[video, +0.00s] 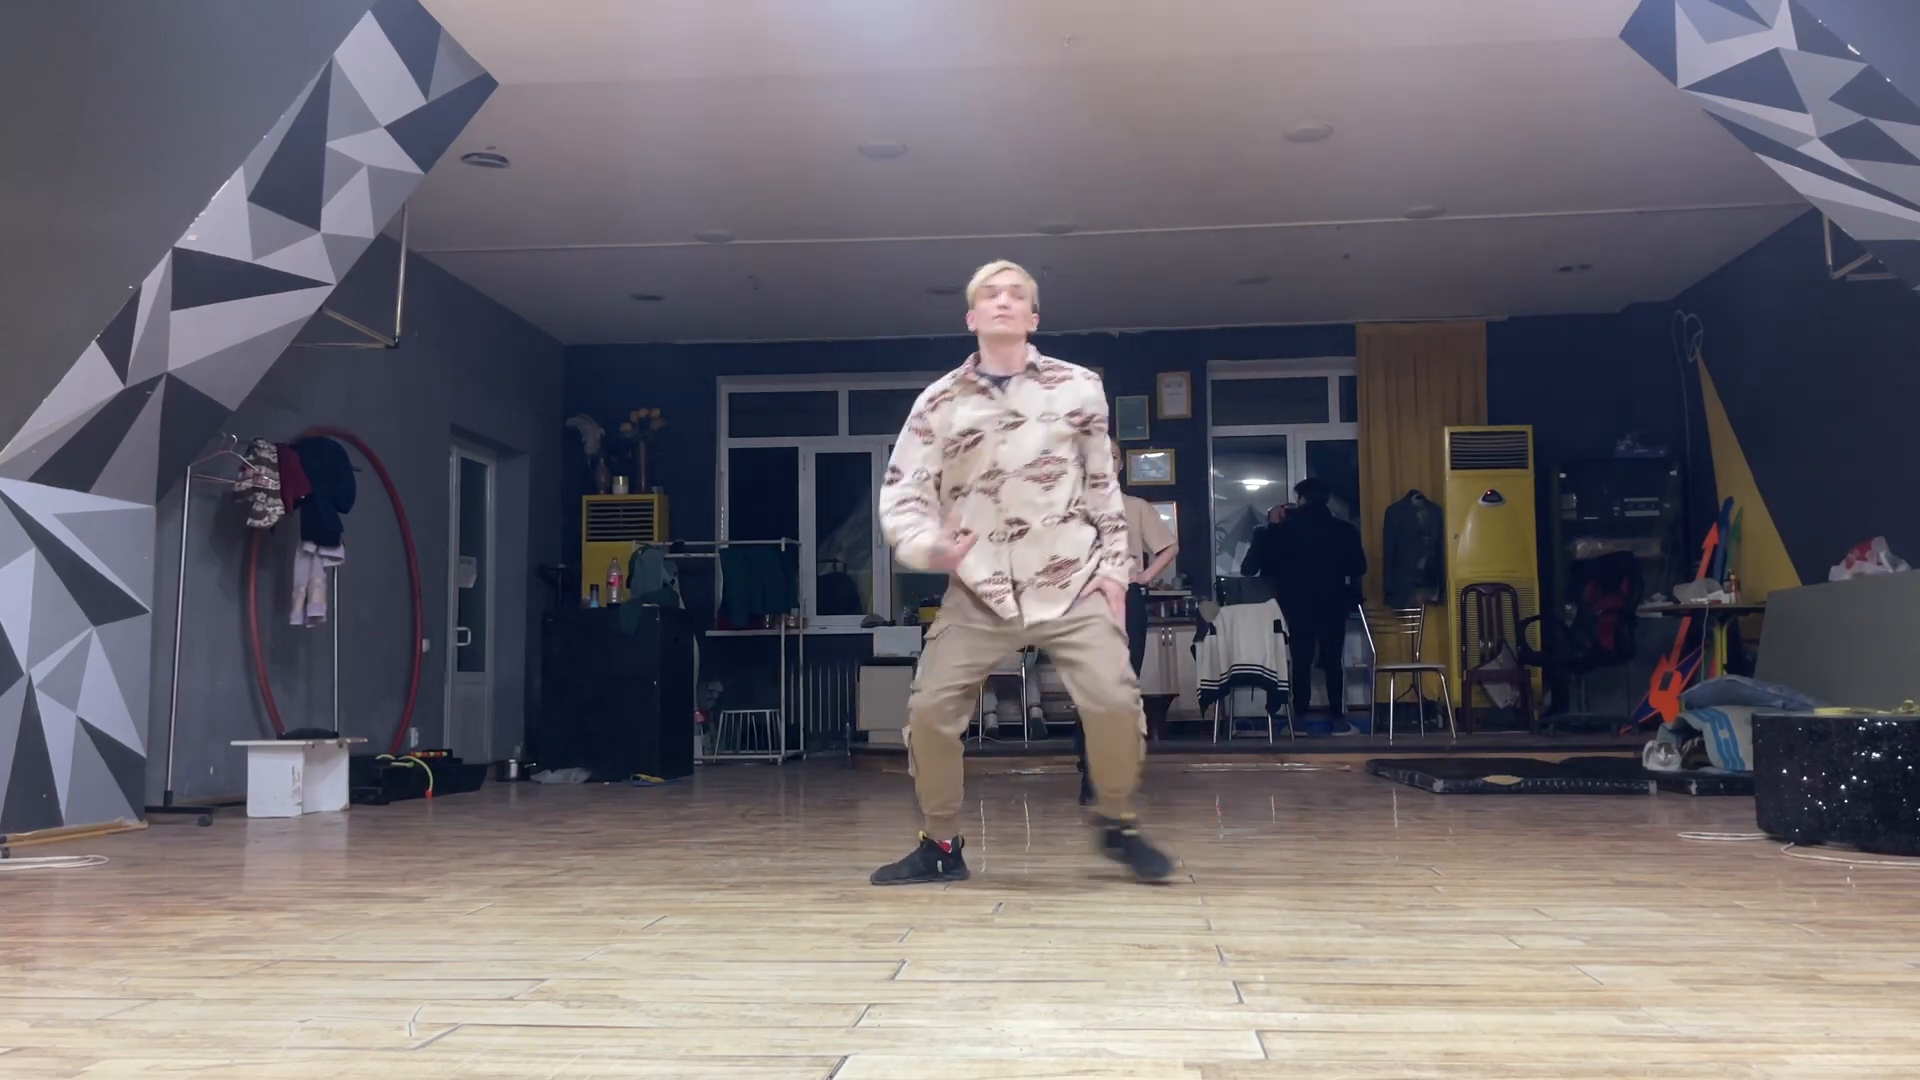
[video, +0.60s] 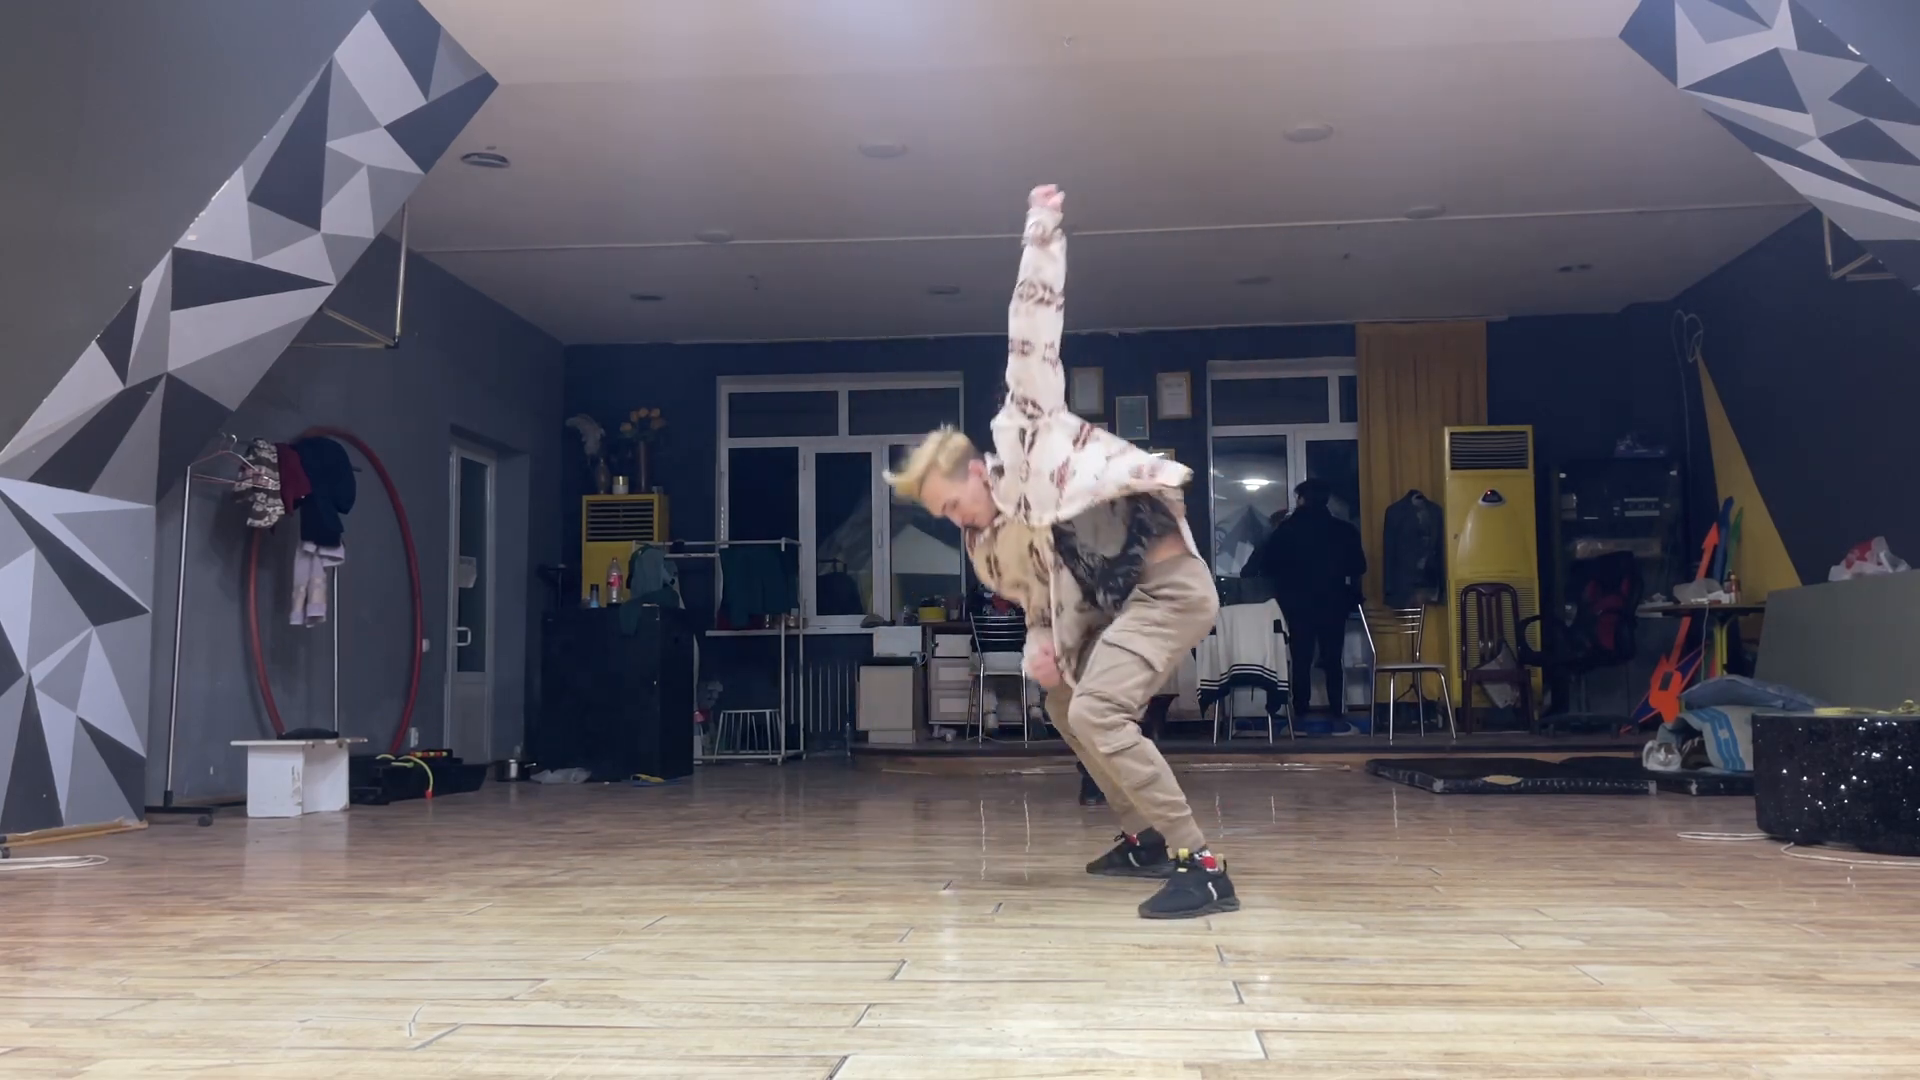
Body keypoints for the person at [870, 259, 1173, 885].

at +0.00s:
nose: (1003, 301)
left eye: (1015, 294)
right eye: (990, 294)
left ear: (1035, 317)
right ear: (970, 316)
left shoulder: (1078, 388)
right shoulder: (938, 403)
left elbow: (1104, 490)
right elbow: (902, 500)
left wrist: (1113, 567)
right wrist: (927, 546)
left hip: (1072, 591)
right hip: (979, 596)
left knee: (1116, 701)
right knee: (929, 712)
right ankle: (941, 844)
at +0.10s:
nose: (1077, 301)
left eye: (1074, 290)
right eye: (1069, 289)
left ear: (1040, 295)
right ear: (1041, 292)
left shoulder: (1053, 367)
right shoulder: (1000, 357)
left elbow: (1057, 478)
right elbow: (985, 450)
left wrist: (1108, 531)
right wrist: (1056, 505)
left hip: (1052, 550)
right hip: (1005, 544)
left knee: (1088, 705)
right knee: (999, 697)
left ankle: (989, 834)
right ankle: (889, 799)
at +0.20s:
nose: (1012, 294)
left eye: (1008, 286)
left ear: (1008, 289)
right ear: (1071, 280)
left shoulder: (971, 347)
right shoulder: (1108, 326)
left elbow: (947, 436)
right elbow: (1126, 429)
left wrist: (993, 490)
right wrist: (1101, 488)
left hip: (984, 521)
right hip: (1050, 514)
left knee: (1010, 675)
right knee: (1088, 667)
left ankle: (984, 832)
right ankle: (943, 696)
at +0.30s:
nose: (982, 300)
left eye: (982, 290)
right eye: (980, 292)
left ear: (1002, 277)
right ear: (1049, 277)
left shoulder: (996, 299)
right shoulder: (1136, 336)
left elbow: (929, 332)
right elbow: (1154, 433)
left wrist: (885, 382)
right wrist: (1160, 514)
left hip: (1028, 484)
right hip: (1116, 495)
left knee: (995, 656)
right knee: (1095, 613)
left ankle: (1005, 795)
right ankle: (1086, 677)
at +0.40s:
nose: (967, 354)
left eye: (962, 339)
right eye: (960, 350)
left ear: (977, 309)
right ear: (983, 323)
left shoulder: (1021, 305)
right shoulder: (1075, 358)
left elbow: (969, 243)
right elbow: (1150, 442)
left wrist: (880, 218)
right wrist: (1166, 536)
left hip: (1092, 495)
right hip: (1148, 504)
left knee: (981, 628)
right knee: (1100, 634)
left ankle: (1059, 775)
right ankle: (1170, 758)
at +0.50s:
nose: (957, 430)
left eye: (951, 415)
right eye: (947, 425)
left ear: (968, 379)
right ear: (965, 400)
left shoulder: (1022, 348)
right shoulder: (1019, 437)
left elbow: (1021, 252)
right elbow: (1070, 501)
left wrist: (1027, 156)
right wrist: (1049, 547)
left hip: (1132, 529)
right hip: (1125, 542)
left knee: (1051, 674)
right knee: (1104, 675)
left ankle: (1145, 839)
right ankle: (1139, 824)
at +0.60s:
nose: (956, 522)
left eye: (951, 505)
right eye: (945, 516)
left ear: (974, 469)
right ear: (954, 501)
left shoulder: (1028, 431)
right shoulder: (1001, 545)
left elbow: (1034, 332)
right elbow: (1054, 602)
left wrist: (1043, 230)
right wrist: (1045, 644)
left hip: (1170, 582)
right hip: (1111, 603)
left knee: (1098, 711)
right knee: (1065, 702)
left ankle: (1201, 864)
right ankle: (1146, 836)